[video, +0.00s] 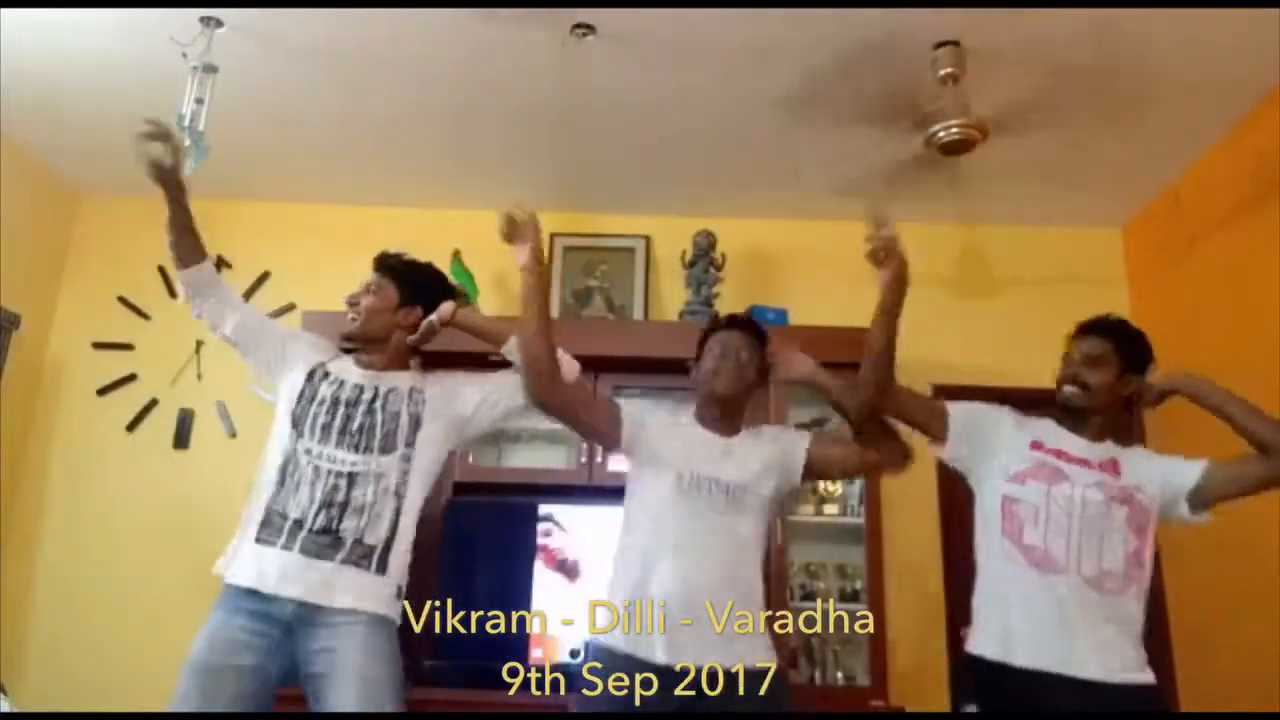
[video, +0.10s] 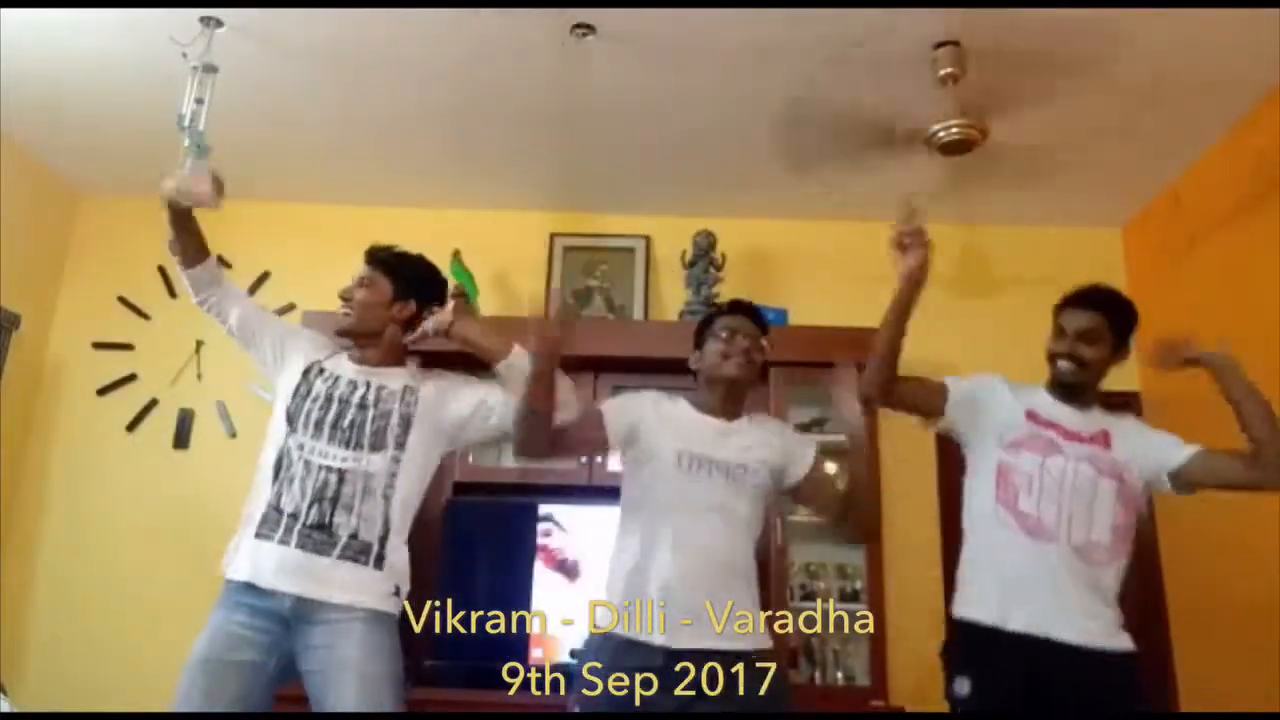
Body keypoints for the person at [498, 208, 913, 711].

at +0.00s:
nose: (722, 360)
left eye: (737, 354)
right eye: (714, 351)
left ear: (758, 376)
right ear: (694, 368)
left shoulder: (778, 449)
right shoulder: (646, 429)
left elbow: (889, 455)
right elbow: (545, 388)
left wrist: (818, 376)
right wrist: (532, 265)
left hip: (738, 677)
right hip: (630, 665)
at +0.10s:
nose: (739, 344)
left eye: (751, 340)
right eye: (725, 335)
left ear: (761, 367)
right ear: (695, 359)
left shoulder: (775, 442)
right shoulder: (645, 411)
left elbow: (859, 520)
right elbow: (533, 444)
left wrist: (862, 430)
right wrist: (544, 363)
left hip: (731, 660)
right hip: (629, 650)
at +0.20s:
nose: (739, 356)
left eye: (751, 352)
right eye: (726, 347)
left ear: (763, 377)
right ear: (696, 366)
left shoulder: (775, 458)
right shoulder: (639, 426)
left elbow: (817, 572)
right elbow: (554, 489)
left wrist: (842, 529)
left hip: (734, 670)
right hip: (629, 665)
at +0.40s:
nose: (771, 408)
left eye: (776, 399)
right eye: (753, 399)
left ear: (785, 414)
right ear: (713, 419)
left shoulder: (787, 514)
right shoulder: (662, 489)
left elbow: (778, 622)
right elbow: (584, 595)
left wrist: (777, 686)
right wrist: (598, 682)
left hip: (738, 702)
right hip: (646, 700)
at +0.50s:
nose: (787, 374)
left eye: (791, 363)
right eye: (769, 360)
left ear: (797, 376)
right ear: (729, 371)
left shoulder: (797, 475)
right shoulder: (686, 437)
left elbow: (804, 593)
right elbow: (603, 550)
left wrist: (814, 668)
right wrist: (640, 644)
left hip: (762, 688)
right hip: (670, 686)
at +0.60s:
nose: (795, 352)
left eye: (798, 341)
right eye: (781, 337)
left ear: (799, 350)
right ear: (738, 343)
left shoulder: (799, 441)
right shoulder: (689, 402)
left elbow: (819, 555)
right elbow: (617, 512)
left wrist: (861, 619)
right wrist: (669, 624)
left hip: (787, 671)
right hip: (695, 666)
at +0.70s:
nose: (810, 341)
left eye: (813, 330)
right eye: (795, 325)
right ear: (748, 329)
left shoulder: (803, 423)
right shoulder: (696, 387)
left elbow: (828, 546)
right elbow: (629, 497)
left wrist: (898, 617)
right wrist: (665, 581)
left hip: (803, 644)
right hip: (709, 638)